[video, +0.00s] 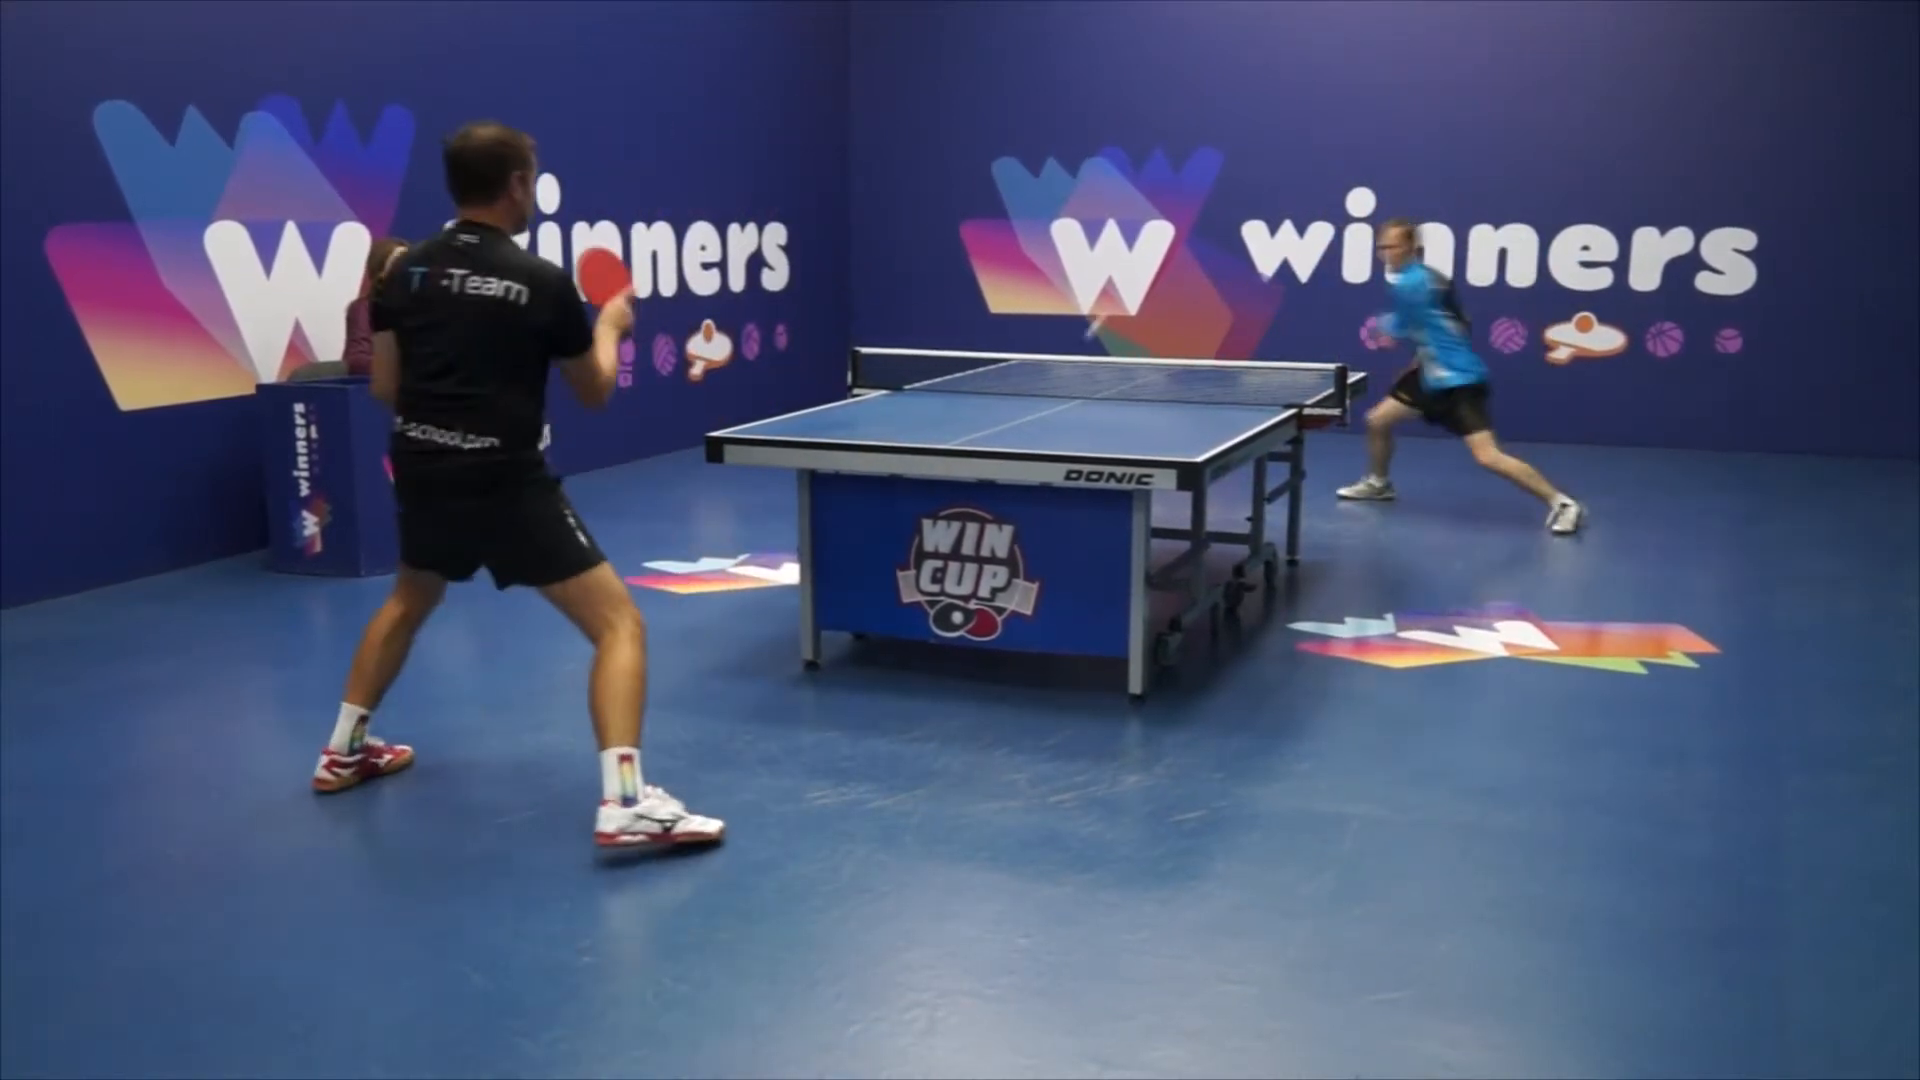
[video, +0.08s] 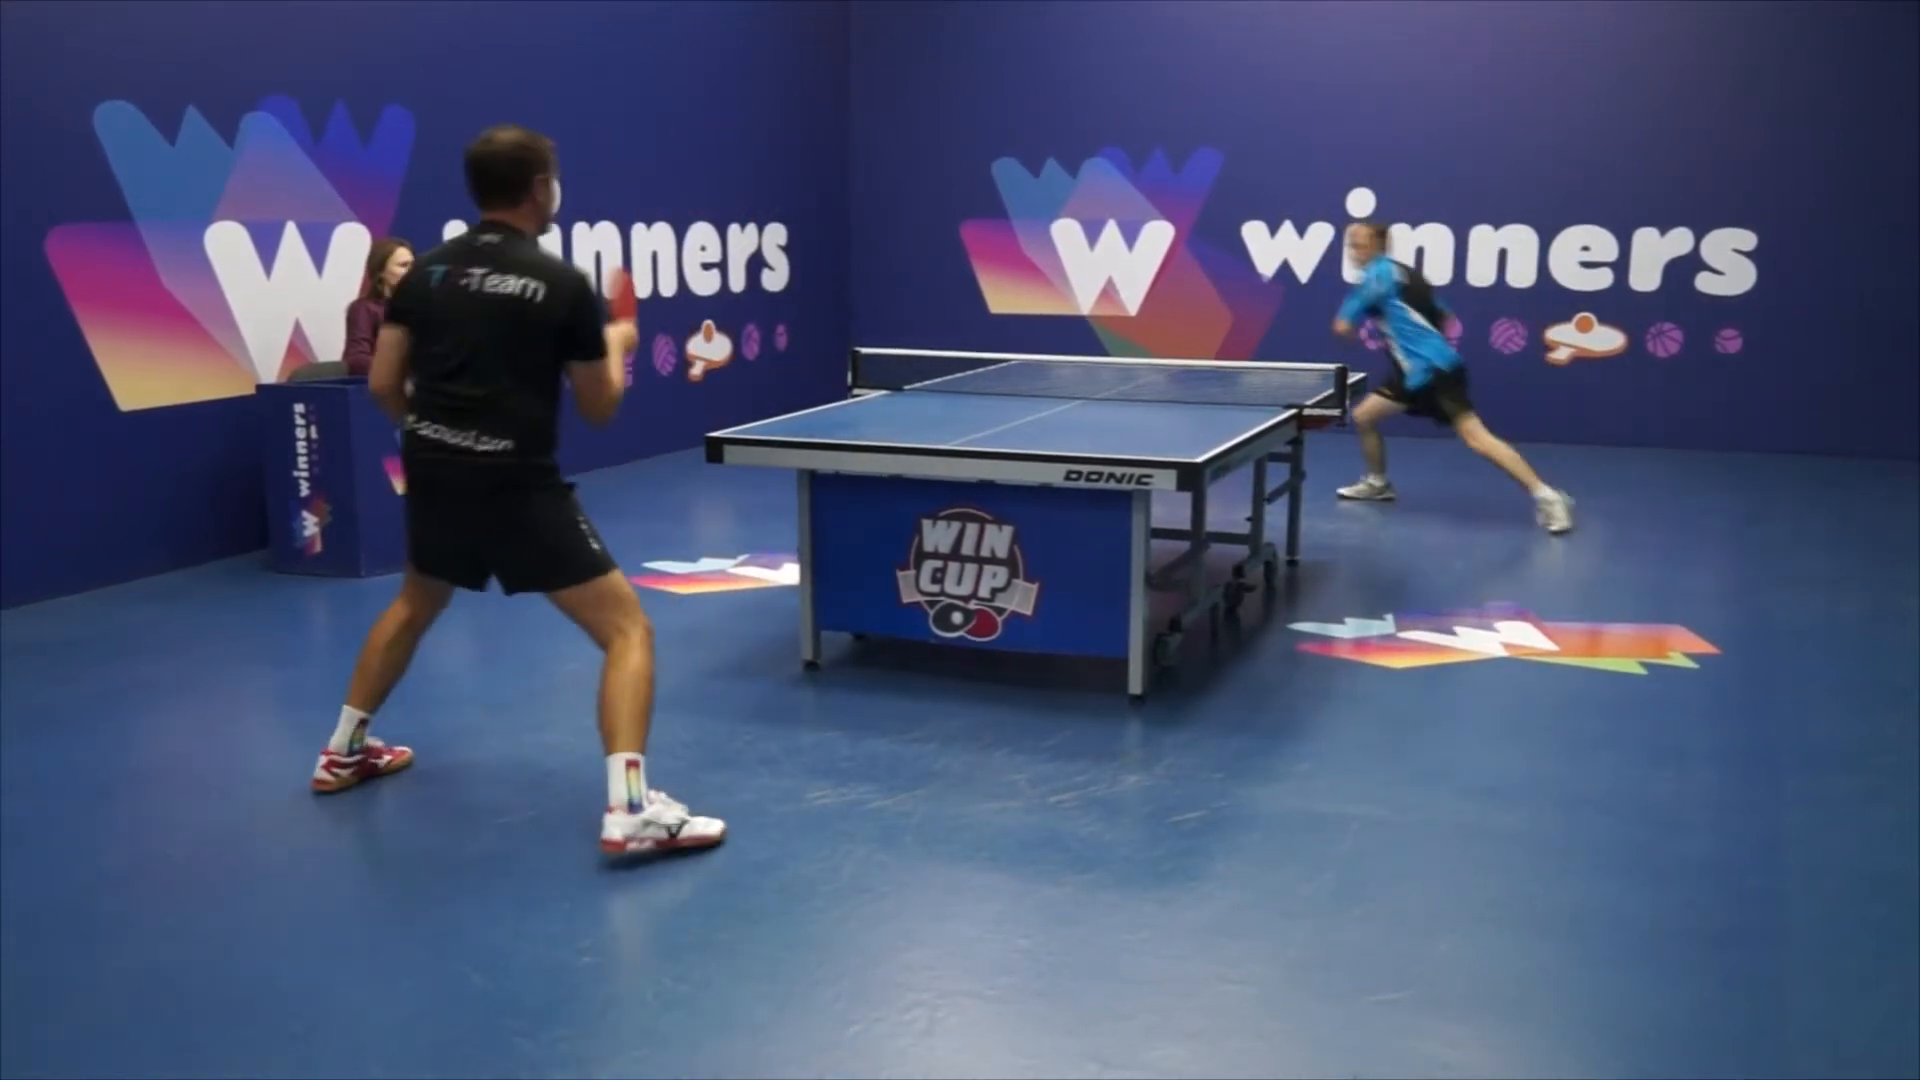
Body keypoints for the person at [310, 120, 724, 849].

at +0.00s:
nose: (536, 190)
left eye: (532, 179)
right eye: (533, 180)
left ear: (456, 188)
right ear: (516, 188)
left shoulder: (405, 270)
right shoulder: (543, 284)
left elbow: (387, 388)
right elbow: (593, 390)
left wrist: (453, 381)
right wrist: (609, 326)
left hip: (422, 478)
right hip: (508, 482)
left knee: (409, 600)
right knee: (618, 625)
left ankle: (344, 744)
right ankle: (624, 797)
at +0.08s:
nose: (556, 191)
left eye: (551, 179)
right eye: (552, 181)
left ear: (479, 193)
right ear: (538, 193)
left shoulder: (428, 270)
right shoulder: (563, 286)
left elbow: (384, 384)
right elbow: (599, 405)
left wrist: (432, 415)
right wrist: (617, 347)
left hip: (433, 484)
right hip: (520, 491)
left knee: (415, 603)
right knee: (627, 631)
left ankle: (344, 745)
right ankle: (629, 803)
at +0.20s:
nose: (609, 177)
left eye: (603, 165)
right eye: (605, 167)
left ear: (530, 174)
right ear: (590, 174)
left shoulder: (473, 246)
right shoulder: (604, 258)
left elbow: (410, 343)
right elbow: (635, 389)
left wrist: (456, 399)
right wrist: (660, 361)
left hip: (478, 468)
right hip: (564, 473)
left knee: (441, 600)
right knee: (674, 611)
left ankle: (366, 738)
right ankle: (649, 798)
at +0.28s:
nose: (645, 174)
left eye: (642, 162)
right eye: (641, 164)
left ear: (564, 171)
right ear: (627, 171)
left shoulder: (504, 235)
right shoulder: (639, 248)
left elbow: (439, 332)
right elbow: (672, 381)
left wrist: (476, 389)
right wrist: (707, 363)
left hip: (504, 452)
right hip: (594, 453)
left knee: (481, 581)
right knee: (720, 594)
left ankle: (419, 739)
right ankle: (703, 774)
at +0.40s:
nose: (698, 201)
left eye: (692, 189)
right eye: (695, 190)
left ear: (621, 192)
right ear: (682, 196)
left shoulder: (563, 264)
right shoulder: (683, 285)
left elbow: (500, 367)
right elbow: (708, 418)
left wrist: (550, 419)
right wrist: (803, 429)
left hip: (552, 472)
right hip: (640, 480)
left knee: (533, 607)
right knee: (755, 643)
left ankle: (479, 775)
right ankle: (814, 824)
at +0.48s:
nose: (732, 228)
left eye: (731, 216)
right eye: (731, 217)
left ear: (655, 214)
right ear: (716, 220)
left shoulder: (590, 284)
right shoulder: (701, 307)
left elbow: (537, 394)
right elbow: (734, 442)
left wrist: (611, 417)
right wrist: (854, 446)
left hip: (574, 499)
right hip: (663, 509)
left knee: (567, 617)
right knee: (796, 640)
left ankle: (483, 775)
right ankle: (829, 836)